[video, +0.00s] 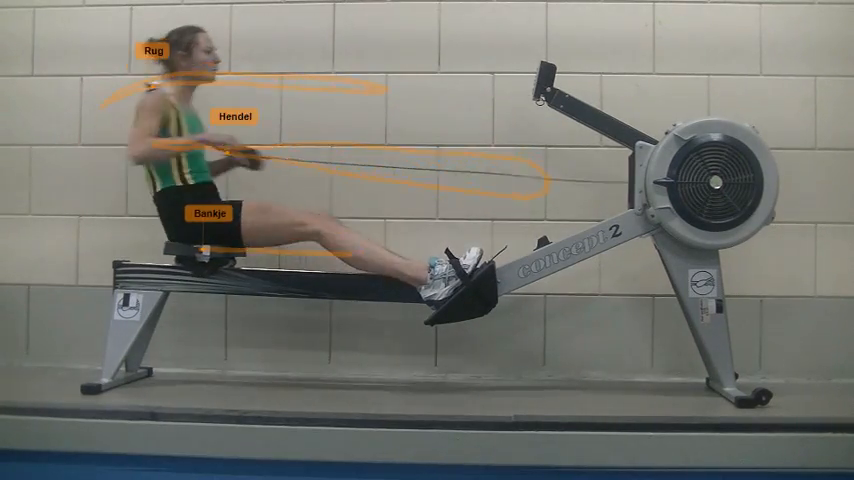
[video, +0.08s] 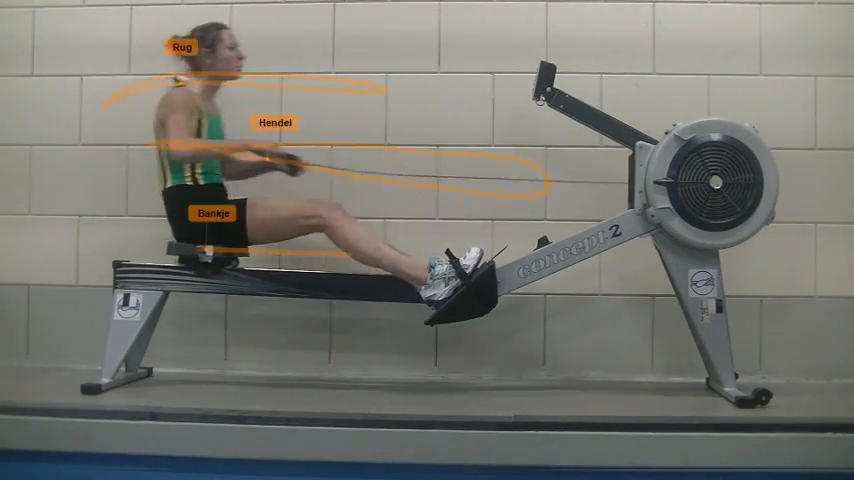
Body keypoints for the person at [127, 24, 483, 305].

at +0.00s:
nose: (217, 60)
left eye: (214, 52)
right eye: (208, 53)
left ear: (189, 60)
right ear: (183, 58)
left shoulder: (186, 111)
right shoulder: (156, 101)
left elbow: (194, 172)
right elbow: (136, 150)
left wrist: (232, 160)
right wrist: (203, 141)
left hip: (201, 210)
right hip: (188, 213)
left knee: (322, 223)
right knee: (316, 224)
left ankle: (431, 273)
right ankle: (426, 282)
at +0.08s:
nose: (240, 56)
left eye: (237, 49)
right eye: (231, 49)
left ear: (212, 57)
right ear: (206, 56)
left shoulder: (205, 106)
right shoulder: (182, 98)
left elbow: (227, 170)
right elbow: (177, 148)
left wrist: (270, 164)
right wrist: (247, 148)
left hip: (211, 214)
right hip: (199, 219)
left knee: (330, 211)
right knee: (325, 213)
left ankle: (429, 276)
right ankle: (426, 280)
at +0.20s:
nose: (277, 55)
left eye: (274, 48)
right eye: (268, 49)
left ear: (249, 58)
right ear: (242, 56)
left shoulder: (244, 104)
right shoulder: (220, 96)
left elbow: (278, 167)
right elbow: (238, 150)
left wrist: (328, 172)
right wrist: (308, 156)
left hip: (229, 216)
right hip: (214, 218)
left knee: (343, 194)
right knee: (337, 195)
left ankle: (428, 275)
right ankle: (426, 281)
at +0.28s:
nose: (302, 57)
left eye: (298, 49)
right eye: (292, 49)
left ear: (273, 59)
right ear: (265, 58)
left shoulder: (271, 105)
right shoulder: (247, 99)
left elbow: (302, 160)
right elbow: (279, 153)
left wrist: (362, 174)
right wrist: (354, 164)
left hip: (246, 215)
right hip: (230, 218)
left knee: (359, 187)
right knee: (351, 189)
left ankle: (430, 274)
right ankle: (427, 280)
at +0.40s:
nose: (336, 58)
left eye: (333, 51)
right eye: (328, 52)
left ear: (306, 65)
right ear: (303, 62)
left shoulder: (303, 106)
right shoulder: (284, 101)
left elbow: (346, 156)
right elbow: (334, 158)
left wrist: (408, 177)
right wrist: (404, 170)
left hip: (270, 214)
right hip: (258, 217)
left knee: (378, 179)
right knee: (374, 181)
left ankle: (432, 274)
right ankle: (430, 281)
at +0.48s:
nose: (359, 58)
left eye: (355, 51)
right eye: (349, 52)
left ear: (329, 64)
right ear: (324, 63)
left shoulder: (328, 107)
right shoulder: (309, 102)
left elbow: (372, 160)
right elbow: (367, 160)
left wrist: (437, 180)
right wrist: (436, 175)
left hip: (290, 213)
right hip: (278, 216)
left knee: (391, 175)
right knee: (388, 177)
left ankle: (432, 275)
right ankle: (431, 280)